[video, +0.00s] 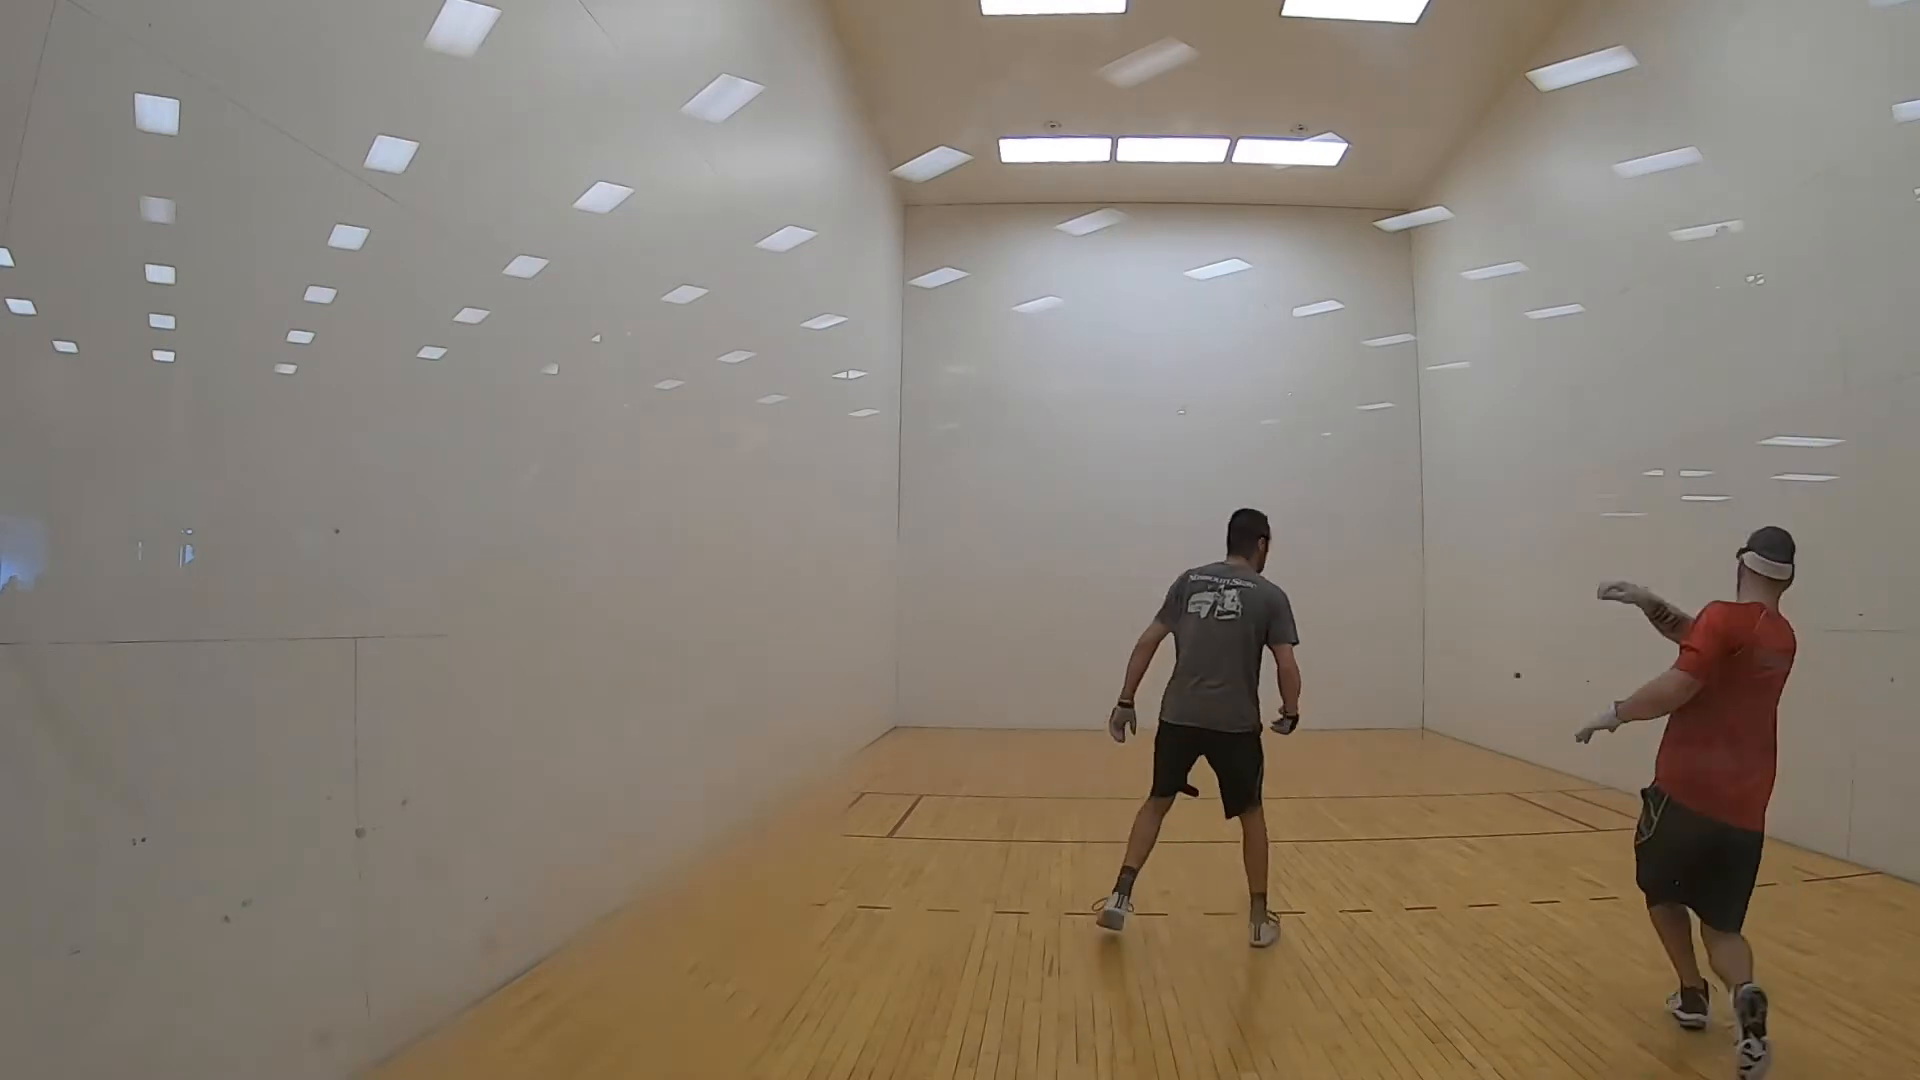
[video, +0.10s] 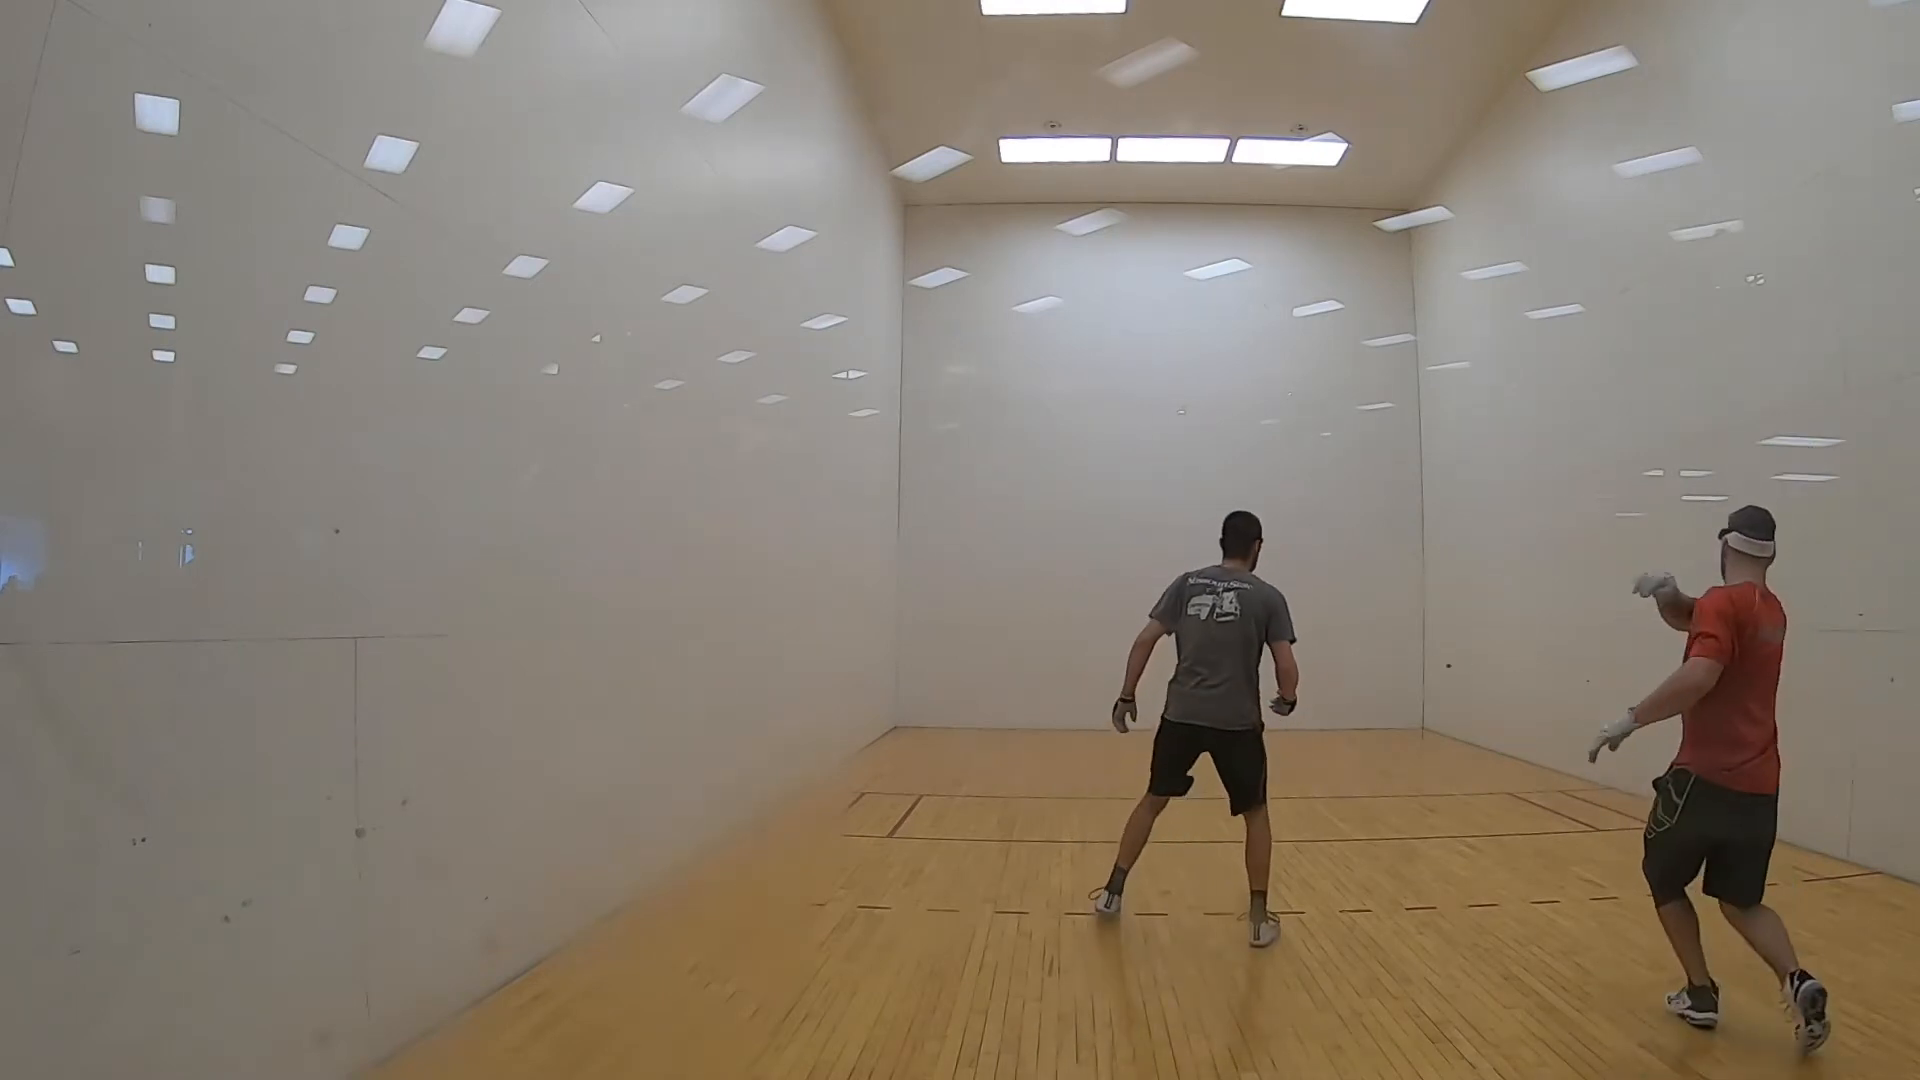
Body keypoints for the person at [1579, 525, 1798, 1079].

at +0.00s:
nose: (1740, 571)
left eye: (1741, 563)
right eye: (1755, 566)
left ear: (1739, 565)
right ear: (1788, 579)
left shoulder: (1721, 618)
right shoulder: (1784, 638)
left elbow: (1680, 685)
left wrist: (1616, 713)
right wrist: (1648, 602)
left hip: (1686, 792)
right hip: (1747, 806)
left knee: (1661, 887)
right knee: (1723, 919)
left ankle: (1693, 992)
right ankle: (1746, 993)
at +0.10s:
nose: (1718, 553)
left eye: (1720, 545)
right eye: (1726, 547)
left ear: (1723, 547)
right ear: (1770, 556)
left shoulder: (1719, 601)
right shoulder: (1772, 609)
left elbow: (1699, 676)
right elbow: (1691, 615)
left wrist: (1630, 720)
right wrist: (1667, 595)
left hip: (1701, 779)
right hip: (1758, 787)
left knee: (1664, 878)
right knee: (1740, 896)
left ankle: (1701, 992)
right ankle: (1797, 981)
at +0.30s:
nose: (1716, 534)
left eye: (1716, 526)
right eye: (1723, 527)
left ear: (1719, 529)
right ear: (1766, 534)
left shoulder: (1724, 585)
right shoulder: (1779, 592)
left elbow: (1723, 660)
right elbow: (1737, 674)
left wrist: (1687, 740)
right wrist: (1673, 650)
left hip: (1732, 759)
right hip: (1781, 761)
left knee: (1681, 859)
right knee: (1772, 867)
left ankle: (1711, 989)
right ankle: (1831, 979)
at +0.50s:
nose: (1715, 531)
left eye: (1716, 523)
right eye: (1722, 522)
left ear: (1720, 523)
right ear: (1765, 527)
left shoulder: (1726, 578)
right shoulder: (1790, 586)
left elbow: (1739, 656)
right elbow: (1784, 677)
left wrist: (1730, 740)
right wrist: (1717, 715)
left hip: (1737, 754)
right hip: (1788, 755)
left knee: (1682, 853)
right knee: (1788, 863)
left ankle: (1713, 980)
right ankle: (1837, 979)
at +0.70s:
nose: (1698, 530)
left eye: (1697, 522)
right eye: (1707, 522)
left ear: (1699, 523)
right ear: (1744, 524)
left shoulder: (1699, 581)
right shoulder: (1773, 580)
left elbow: (1703, 657)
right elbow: (1789, 662)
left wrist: (1688, 739)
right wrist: (1787, 738)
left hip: (1723, 749)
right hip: (1780, 751)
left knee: (1666, 850)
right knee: (1797, 863)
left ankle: (1718, 966)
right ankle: (1837, 982)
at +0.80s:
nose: (1679, 539)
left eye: (1676, 531)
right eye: (1695, 531)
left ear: (1675, 532)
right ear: (1722, 532)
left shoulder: (1674, 592)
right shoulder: (1752, 589)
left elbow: (1666, 669)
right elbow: (1774, 667)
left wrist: (1643, 750)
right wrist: (1761, 739)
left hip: (1701, 756)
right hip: (1761, 757)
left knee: (1665, 863)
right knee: (1775, 862)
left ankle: (1737, 971)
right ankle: (1831, 978)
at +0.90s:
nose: (1646, 549)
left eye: (1644, 541)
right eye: (1656, 541)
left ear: (1645, 541)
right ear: (1690, 541)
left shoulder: (1640, 602)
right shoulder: (1724, 598)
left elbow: (1618, 685)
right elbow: (1753, 678)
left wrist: (1594, 758)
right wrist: (1746, 745)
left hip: (1674, 758)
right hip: (1727, 758)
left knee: (1663, 875)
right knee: (1724, 865)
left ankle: (1740, 978)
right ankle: (1791, 942)